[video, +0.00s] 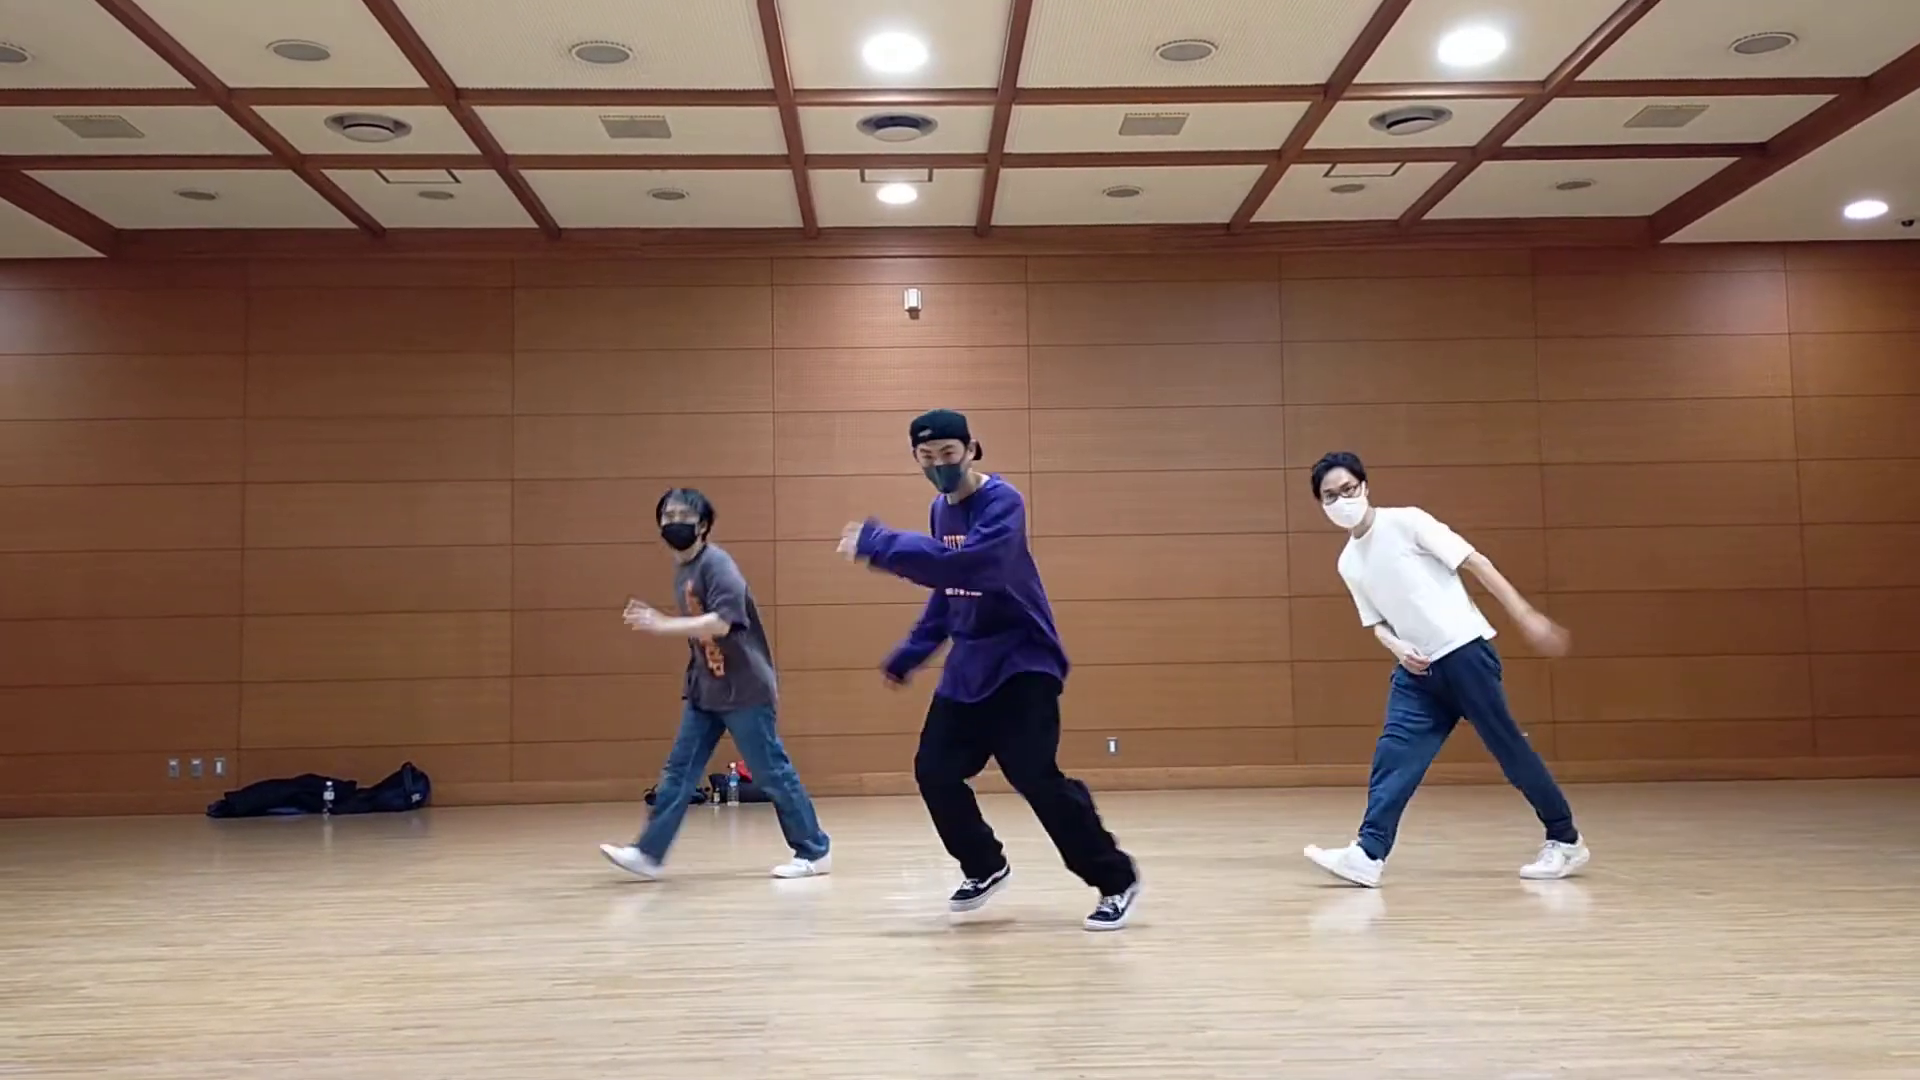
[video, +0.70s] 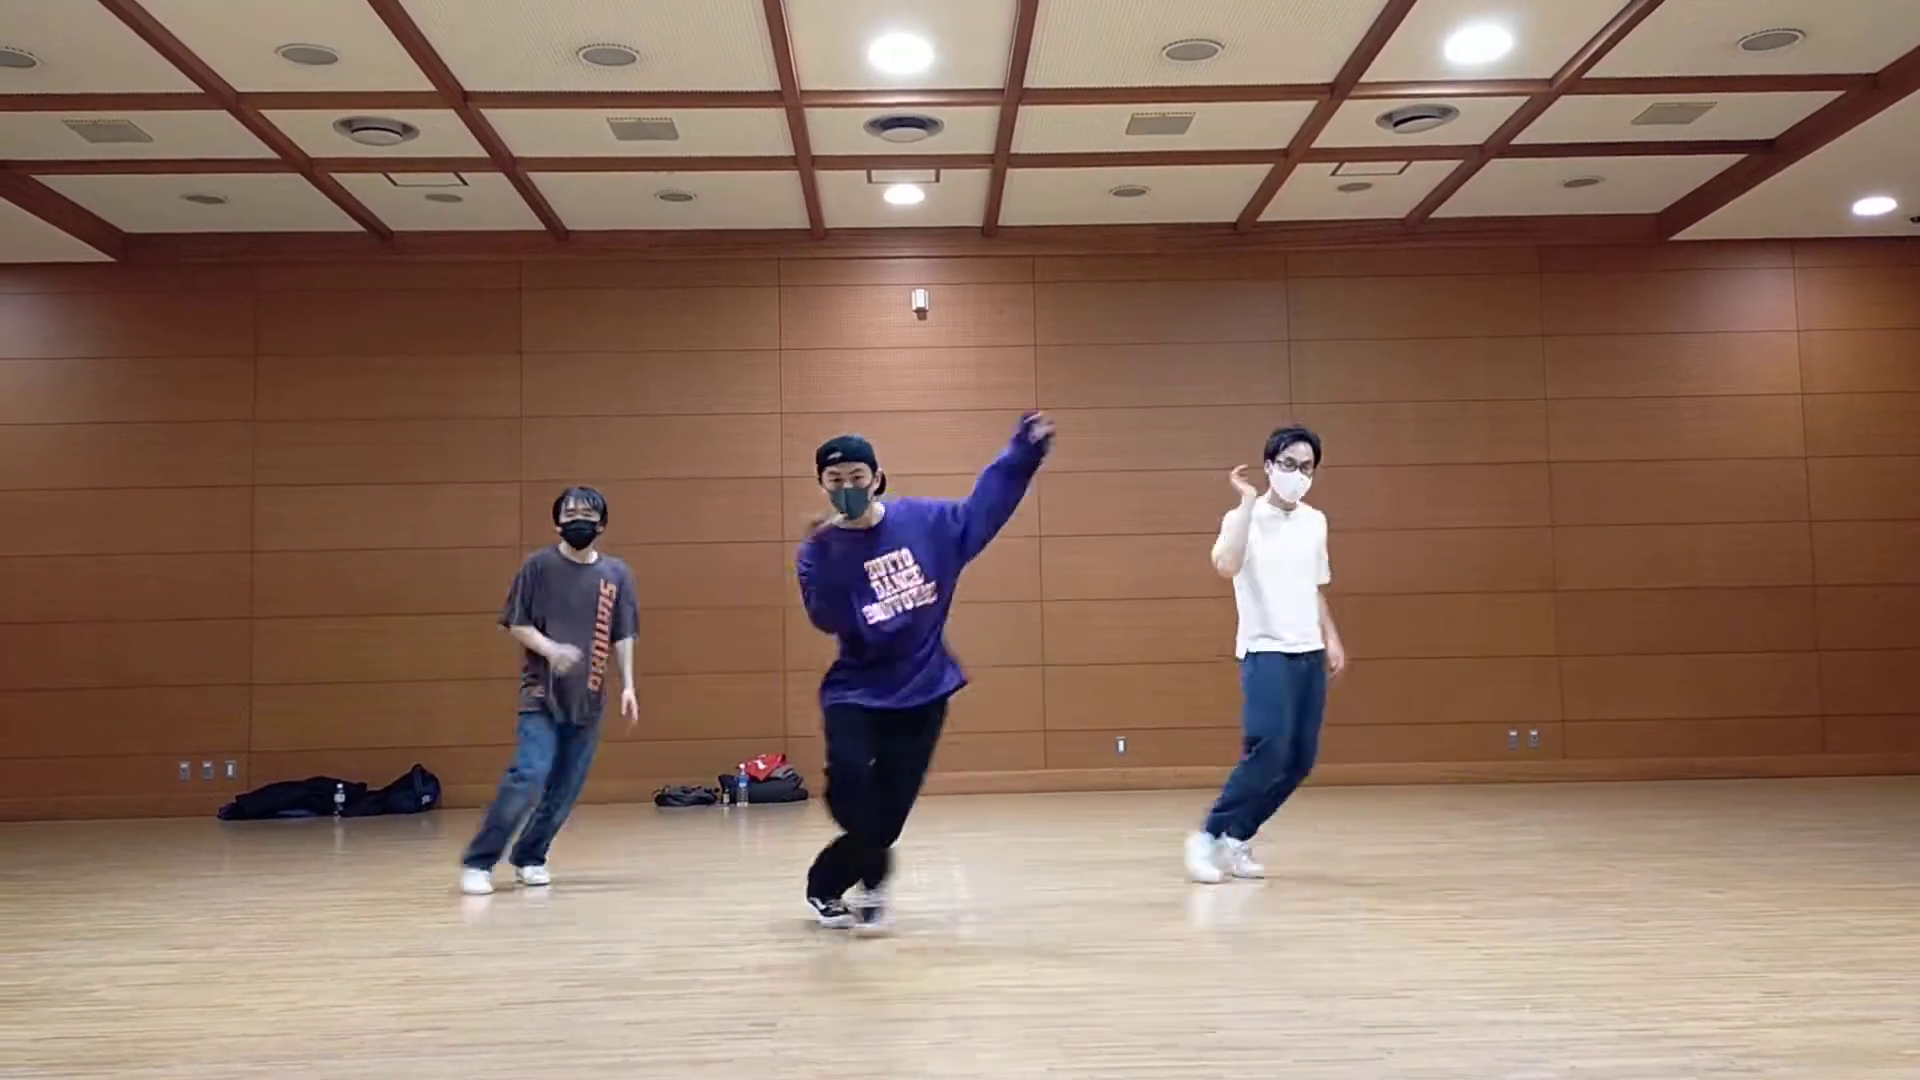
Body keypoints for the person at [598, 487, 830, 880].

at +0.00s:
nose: (673, 522)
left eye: (683, 515)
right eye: (667, 515)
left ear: (703, 523)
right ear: (660, 523)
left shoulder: (719, 565)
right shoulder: (683, 570)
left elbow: (723, 623)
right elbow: (700, 622)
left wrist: (662, 625)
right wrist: (658, 619)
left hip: (745, 687)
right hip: (707, 687)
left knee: (772, 772)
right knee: (680, 770)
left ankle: (814, 851)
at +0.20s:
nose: (636, 545)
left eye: (646, 538)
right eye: (629, 538)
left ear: (665, 544)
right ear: (622, 543)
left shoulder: (681, 589)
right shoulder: (642, 583)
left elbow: (683, 648)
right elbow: (644, 613)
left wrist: (641, 680)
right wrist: (623, 626)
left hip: (711, 698)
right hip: (668, 696)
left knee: (749, 770)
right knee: (634, 766)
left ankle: (806, 848)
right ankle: (623, 863)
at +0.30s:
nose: (623, 536)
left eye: (632, 529)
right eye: (616, 529)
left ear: (649, 533)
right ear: (607, 533)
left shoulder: (665, 576)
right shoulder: (608, 566)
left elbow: (671, 635)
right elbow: (599, 597)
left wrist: (627, 652)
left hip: (676, 696)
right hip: (631, 696)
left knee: (705, 767)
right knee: (608, 765)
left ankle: (764, 835)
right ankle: (622, 865)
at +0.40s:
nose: (611, 518)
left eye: (619, 511)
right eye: (604, 511)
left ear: (637, 517)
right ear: (594, 518)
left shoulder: (657, 562)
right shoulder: (584, 557)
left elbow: (664, 619)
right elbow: (564, 601)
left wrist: (624, 623)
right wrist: (532, 632)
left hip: (649, 693)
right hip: (600, 692)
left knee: (653, 773)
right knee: (599, 776)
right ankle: (622, 863)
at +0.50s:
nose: (600, 508)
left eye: (609, 501)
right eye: (593, 501)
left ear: (625, 511)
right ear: (582, 510)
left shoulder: (647, 556)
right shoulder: (563, 553)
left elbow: (657, 612)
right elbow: (544, 606)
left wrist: (621, 620)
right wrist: (527, 647)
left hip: (627, 688)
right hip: (578, 686)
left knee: (607, 775)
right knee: (582, 771)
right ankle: (612, 855)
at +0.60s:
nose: (589, 521)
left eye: (597, 515)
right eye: (581, 515)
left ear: (612, 522)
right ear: (569, 521)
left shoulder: (631, 569)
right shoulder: (549, 567)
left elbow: (644, 621)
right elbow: (526, 618)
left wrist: (624, 658)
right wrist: (528, 660)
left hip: (601, 689)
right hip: (555, 684)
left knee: (577, 779)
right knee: (551, 764)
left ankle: (532, 850)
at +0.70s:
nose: (578, 519)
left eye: (586, 513)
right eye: (570, 512)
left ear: (600, 522)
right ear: (558, 521)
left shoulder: (616, 574)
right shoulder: (538, 567)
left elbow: (624, 635)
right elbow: (516, 622)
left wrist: (628, 686)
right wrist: (551, 649)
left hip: (587, 702)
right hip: (542, 698)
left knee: (564, 790)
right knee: (530, 776)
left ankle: (530, 857)